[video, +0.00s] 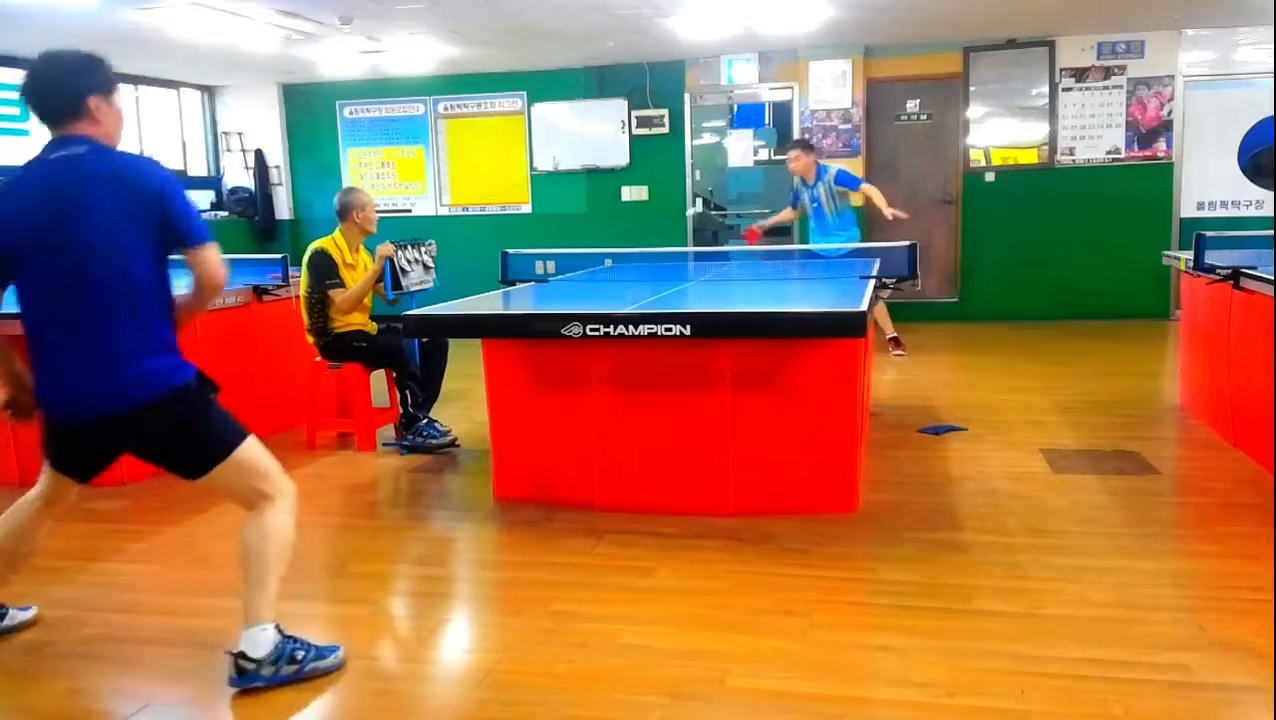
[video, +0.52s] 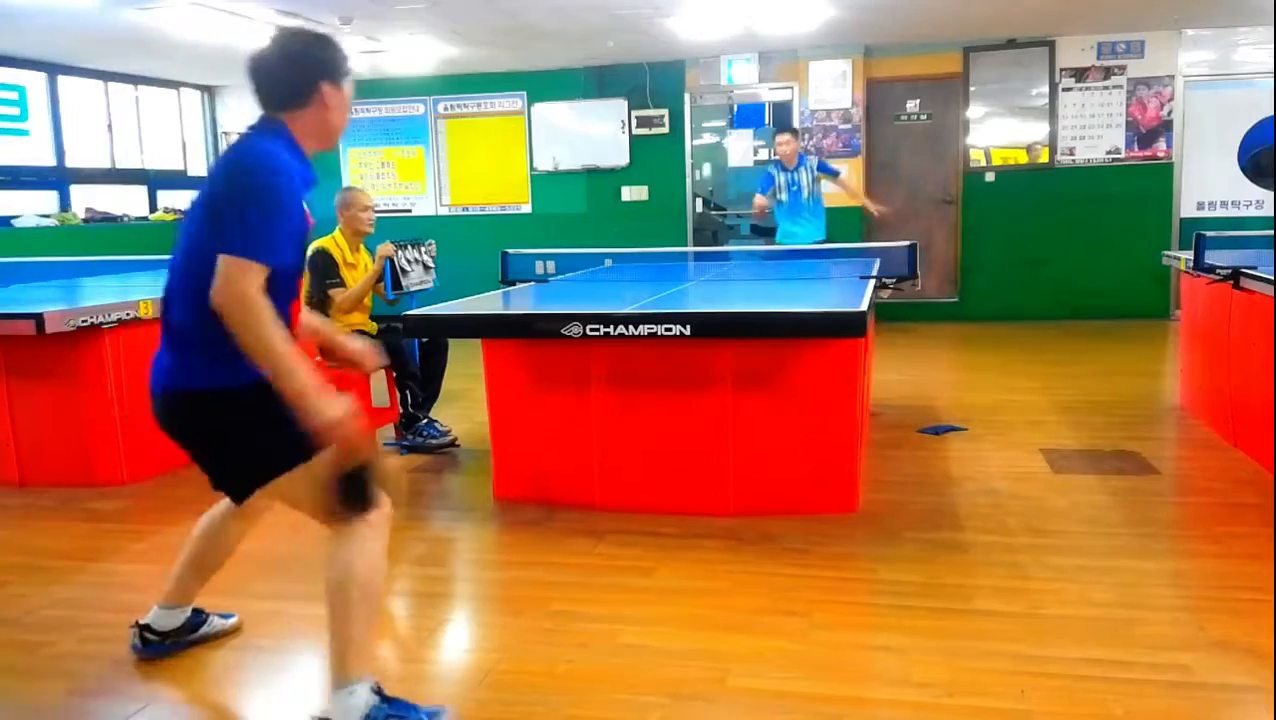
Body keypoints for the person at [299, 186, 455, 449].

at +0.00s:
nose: (377, 216)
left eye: (375, 210)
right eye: (373, 210)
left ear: (356, 217)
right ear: (356, 216)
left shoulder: (364, 254)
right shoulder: (320, 253)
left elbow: (390, 297)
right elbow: (343, 304)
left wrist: (417, 262)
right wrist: (377, 268)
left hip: (364, 330)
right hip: (334, 338)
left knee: (435, 340)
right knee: (400, 347)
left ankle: (419, 419)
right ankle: (412, 427)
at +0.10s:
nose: (377, 217)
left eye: (376, 211)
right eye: (374, 211)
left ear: (357, 218)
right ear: (358, 216)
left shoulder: (363, 253)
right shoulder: (321, 253)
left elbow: (389, 297)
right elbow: (343, 304)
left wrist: (416, 263)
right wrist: (377, 269)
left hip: (364, 330)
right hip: (334, 338)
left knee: (435, 340)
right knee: (401, 347)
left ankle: (419, 419)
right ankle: (412, 427)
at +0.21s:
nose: (378, 217)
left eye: (376, 211)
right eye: (374, 211)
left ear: (357, 217)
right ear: (358, 216)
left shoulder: (363, 254)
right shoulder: (321, 252)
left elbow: (389, 297)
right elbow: (343, 304)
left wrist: (416, 263)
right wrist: (377, 267)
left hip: (367, 331)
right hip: (338, 339)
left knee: (435, 340)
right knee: (402, 347)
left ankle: (419, 419)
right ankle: (411, 427)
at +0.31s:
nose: (377, 217)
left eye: (376, 211)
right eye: (373, 211)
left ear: (357, 217)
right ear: (357, 216)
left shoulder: (364, 253)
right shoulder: (322, 252)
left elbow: (389, 297)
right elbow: (342, 305)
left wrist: (415, 263)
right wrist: (377, 268)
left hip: (364, 330)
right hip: (334, 337)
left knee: (436, 339)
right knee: (400, 343)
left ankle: (420, 419)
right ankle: (410, 425)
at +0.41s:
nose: (377, 216)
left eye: (376, 210)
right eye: (371, 210)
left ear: (353, 216)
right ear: (348, 215)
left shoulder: (363, 253)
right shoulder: (322, 252)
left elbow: (389, 296)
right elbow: (343, 304)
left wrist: (417, 262)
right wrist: (377, 268)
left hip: (367, 330)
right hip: (339, 335)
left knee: (436, 338)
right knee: (397, 343)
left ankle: (420, 418)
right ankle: (402, 430)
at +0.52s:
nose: (372, 216)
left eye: (373, 210)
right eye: (365, 210)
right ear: (343, 214)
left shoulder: (364, 253)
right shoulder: (322, 252)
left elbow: (388, 297)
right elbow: (343, 304)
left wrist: (417, 262)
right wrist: (377, 268)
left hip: (365, 329)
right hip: (336, 336)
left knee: (436, 339)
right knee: (403, 342)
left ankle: (420, 418)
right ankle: (410, 424)